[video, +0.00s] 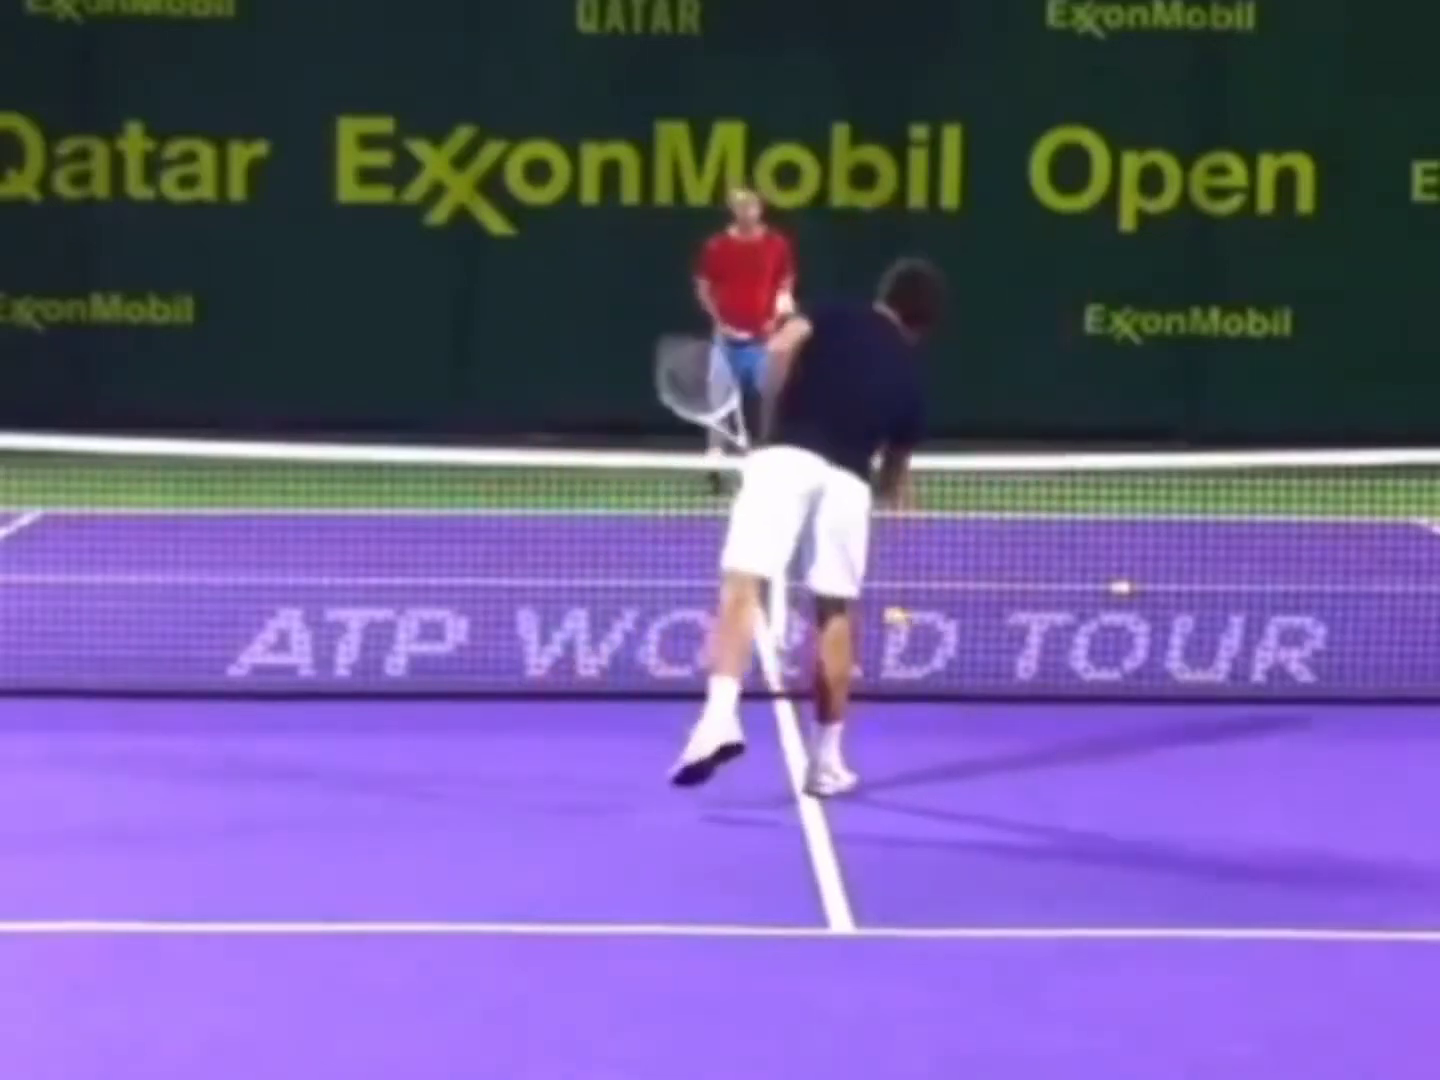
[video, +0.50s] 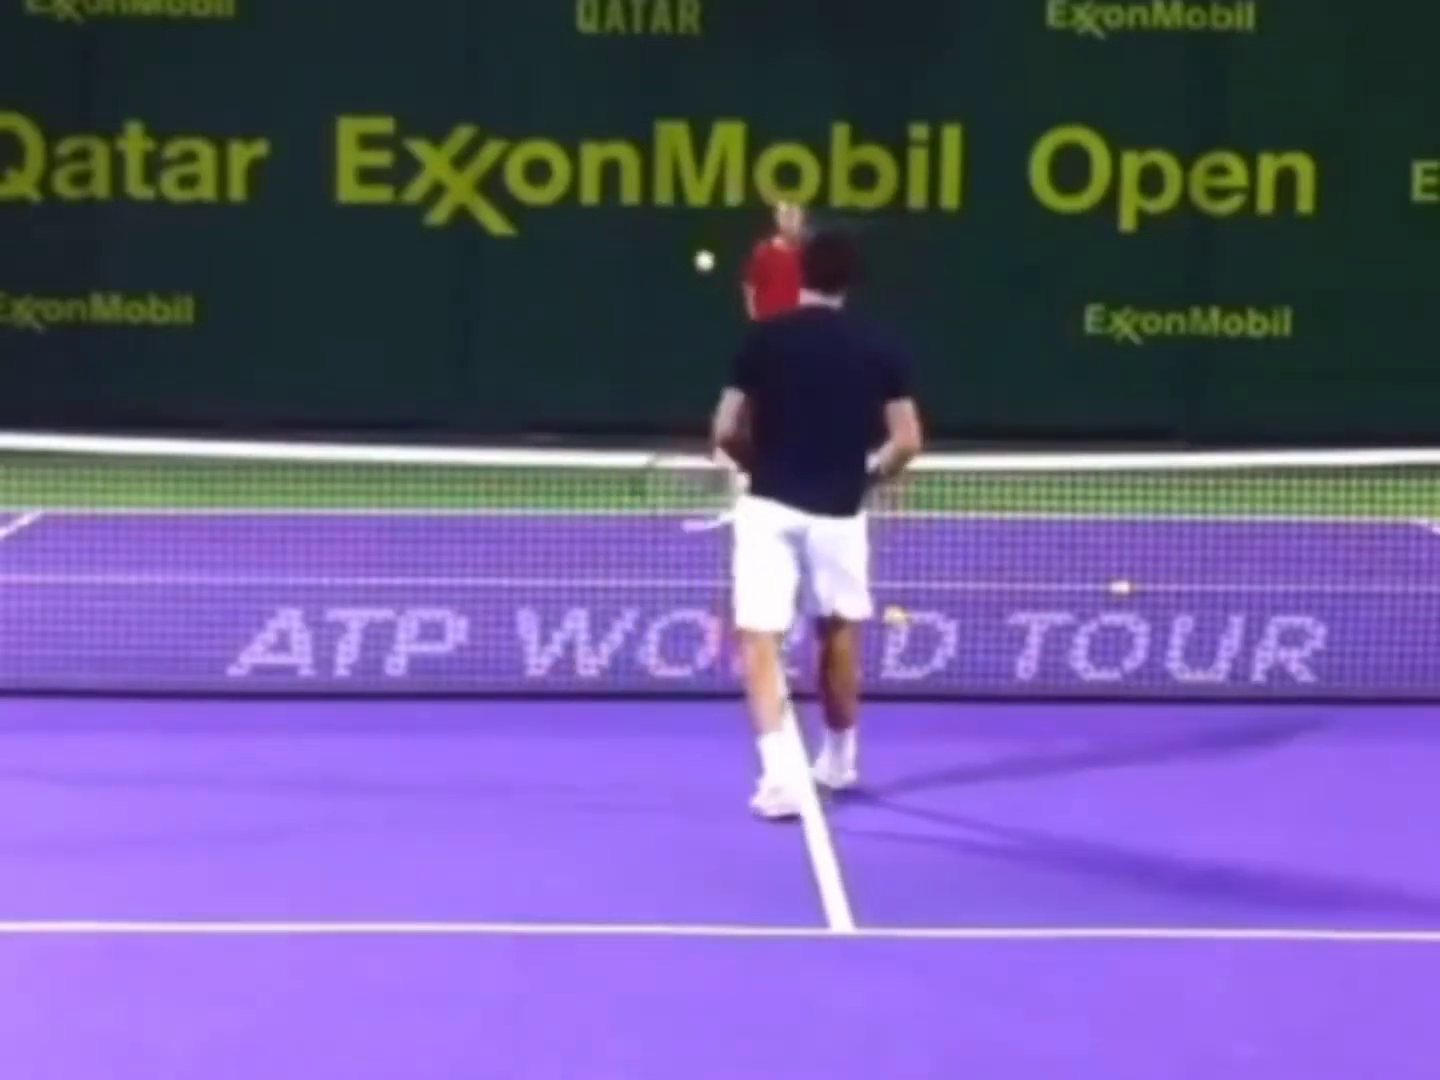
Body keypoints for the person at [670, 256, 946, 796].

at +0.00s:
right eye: (922, 319)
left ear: (880, 297)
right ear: (926, 325)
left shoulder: (837, 315)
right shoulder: (910, 377)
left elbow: (781, 347)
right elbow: (895, 468)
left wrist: (771, 427)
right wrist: (883, 492)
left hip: (784, 460)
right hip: (847, 484)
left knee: (742, 586)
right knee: (835, 616)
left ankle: (720, 713)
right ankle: (828, 757)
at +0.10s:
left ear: (874, 280)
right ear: (921, 305)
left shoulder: (829, 304)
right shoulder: (909, 361)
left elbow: (778, 352)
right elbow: (890, 458)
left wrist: (768, 422)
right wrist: (867, 474)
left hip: (784, 465)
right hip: (849, 485)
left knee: (745, 590)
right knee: (836, 618)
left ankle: (742, 723)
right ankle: (827, 757)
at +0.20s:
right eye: (909, 283)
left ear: (863, 267)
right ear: (911, 291)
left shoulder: (815, 302)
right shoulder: (905, 352)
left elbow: (774, 359)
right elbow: (900, 446)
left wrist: (756, 426)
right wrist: (871, 474)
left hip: (782, 473)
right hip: (848, 490)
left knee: (748, 604)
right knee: (838, 621)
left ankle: (760, 732)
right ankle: (828, 756)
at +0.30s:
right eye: (891, 277)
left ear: (844, 269)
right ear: (897, 286)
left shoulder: (806, 311)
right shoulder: (903, 350)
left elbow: (762, 381)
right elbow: (906, 453)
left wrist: (753, 439)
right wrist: (865, 472)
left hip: (778, 488)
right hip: (847, 501)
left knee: (750, 621)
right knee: (841, 628)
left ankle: (767, 740)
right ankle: (829, 757)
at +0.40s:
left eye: (835, 265)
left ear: (824, 273)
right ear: (874, 285)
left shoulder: (778, 333)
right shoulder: (887, 350)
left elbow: (738, 418)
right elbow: (911, 445)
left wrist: (753, 457)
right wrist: (873, 468)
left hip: (775, 505)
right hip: (846, 512)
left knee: (757, 637)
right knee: (843, 631)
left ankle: (781, 757)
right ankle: (832, 758)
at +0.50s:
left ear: (800, 278)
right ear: (852, 282)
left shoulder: (765, 337)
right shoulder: (874, 345)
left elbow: (726, 429)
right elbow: (906, 439)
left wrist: (764, 462)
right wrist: (867, 472)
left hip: (768, 505)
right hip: (840, 514)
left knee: (760, 642)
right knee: (841, 634)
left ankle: (783, 774)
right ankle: (840, 760)